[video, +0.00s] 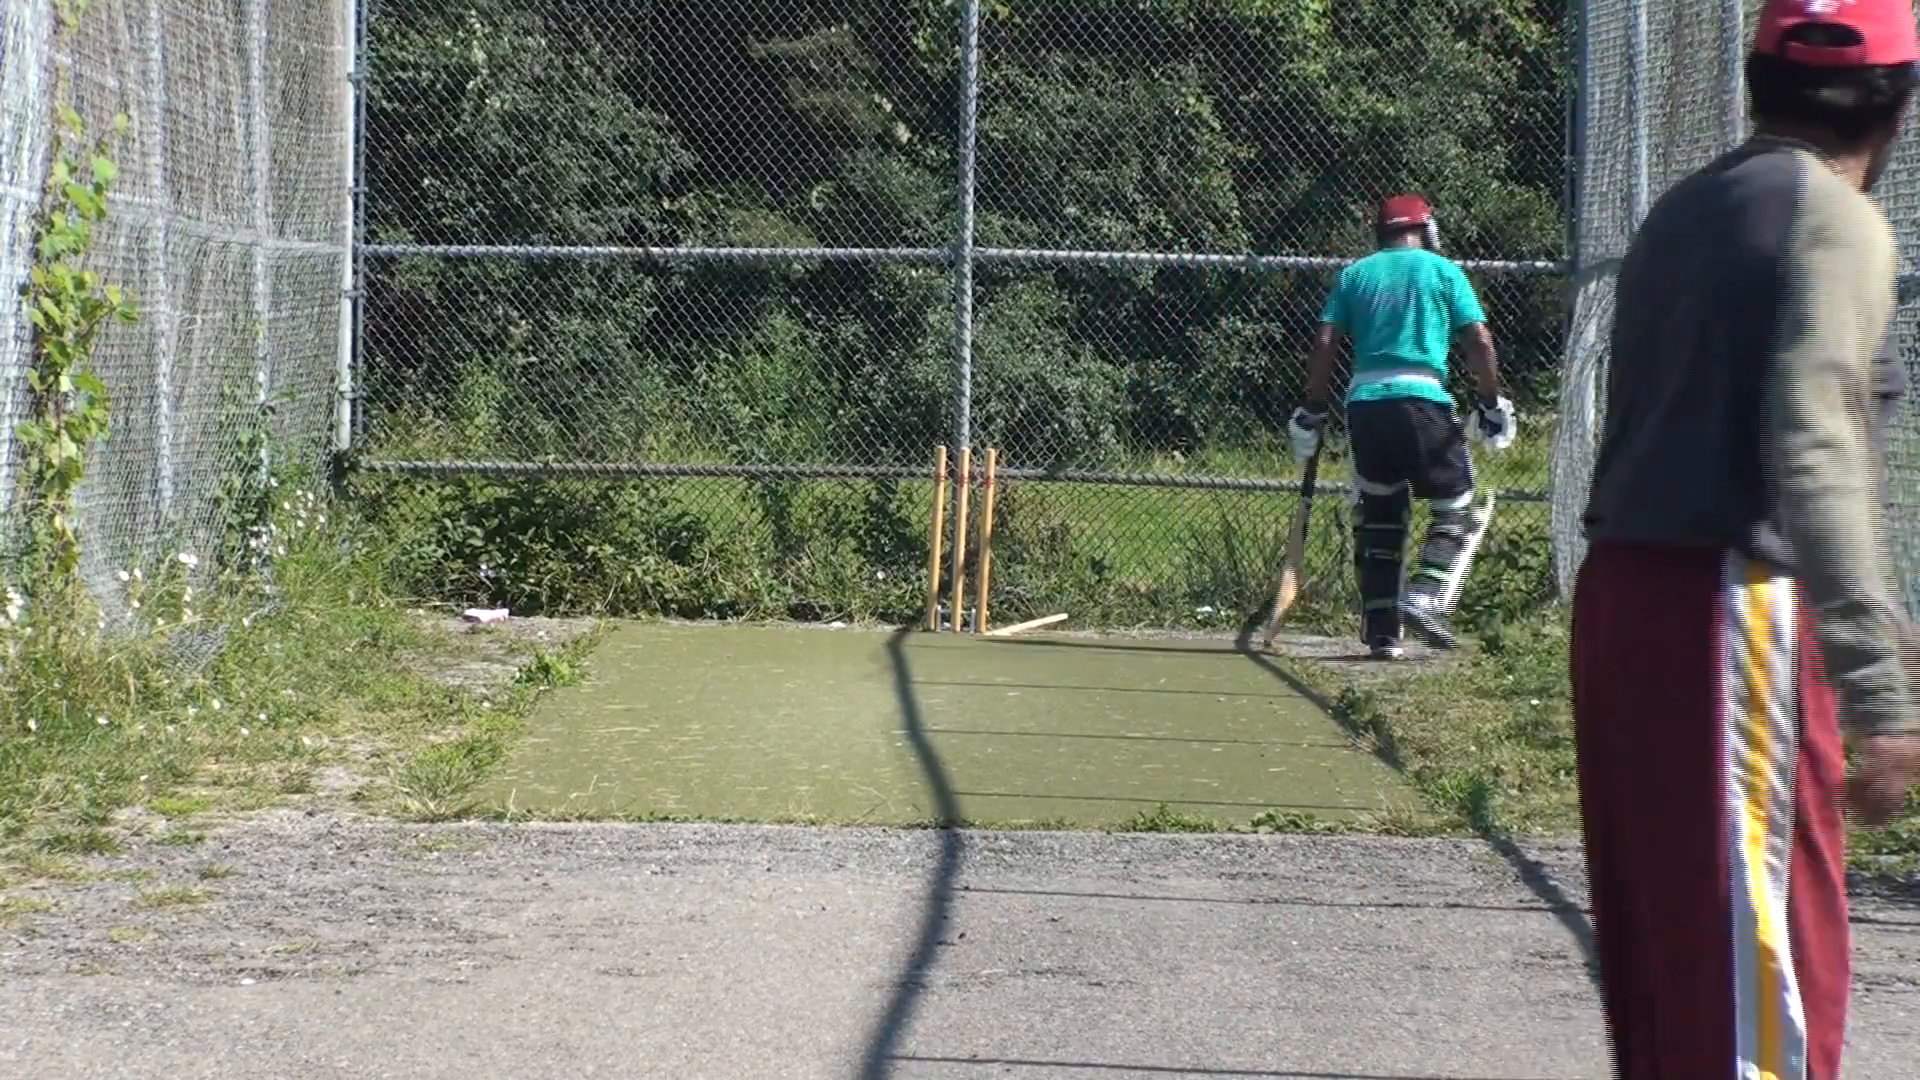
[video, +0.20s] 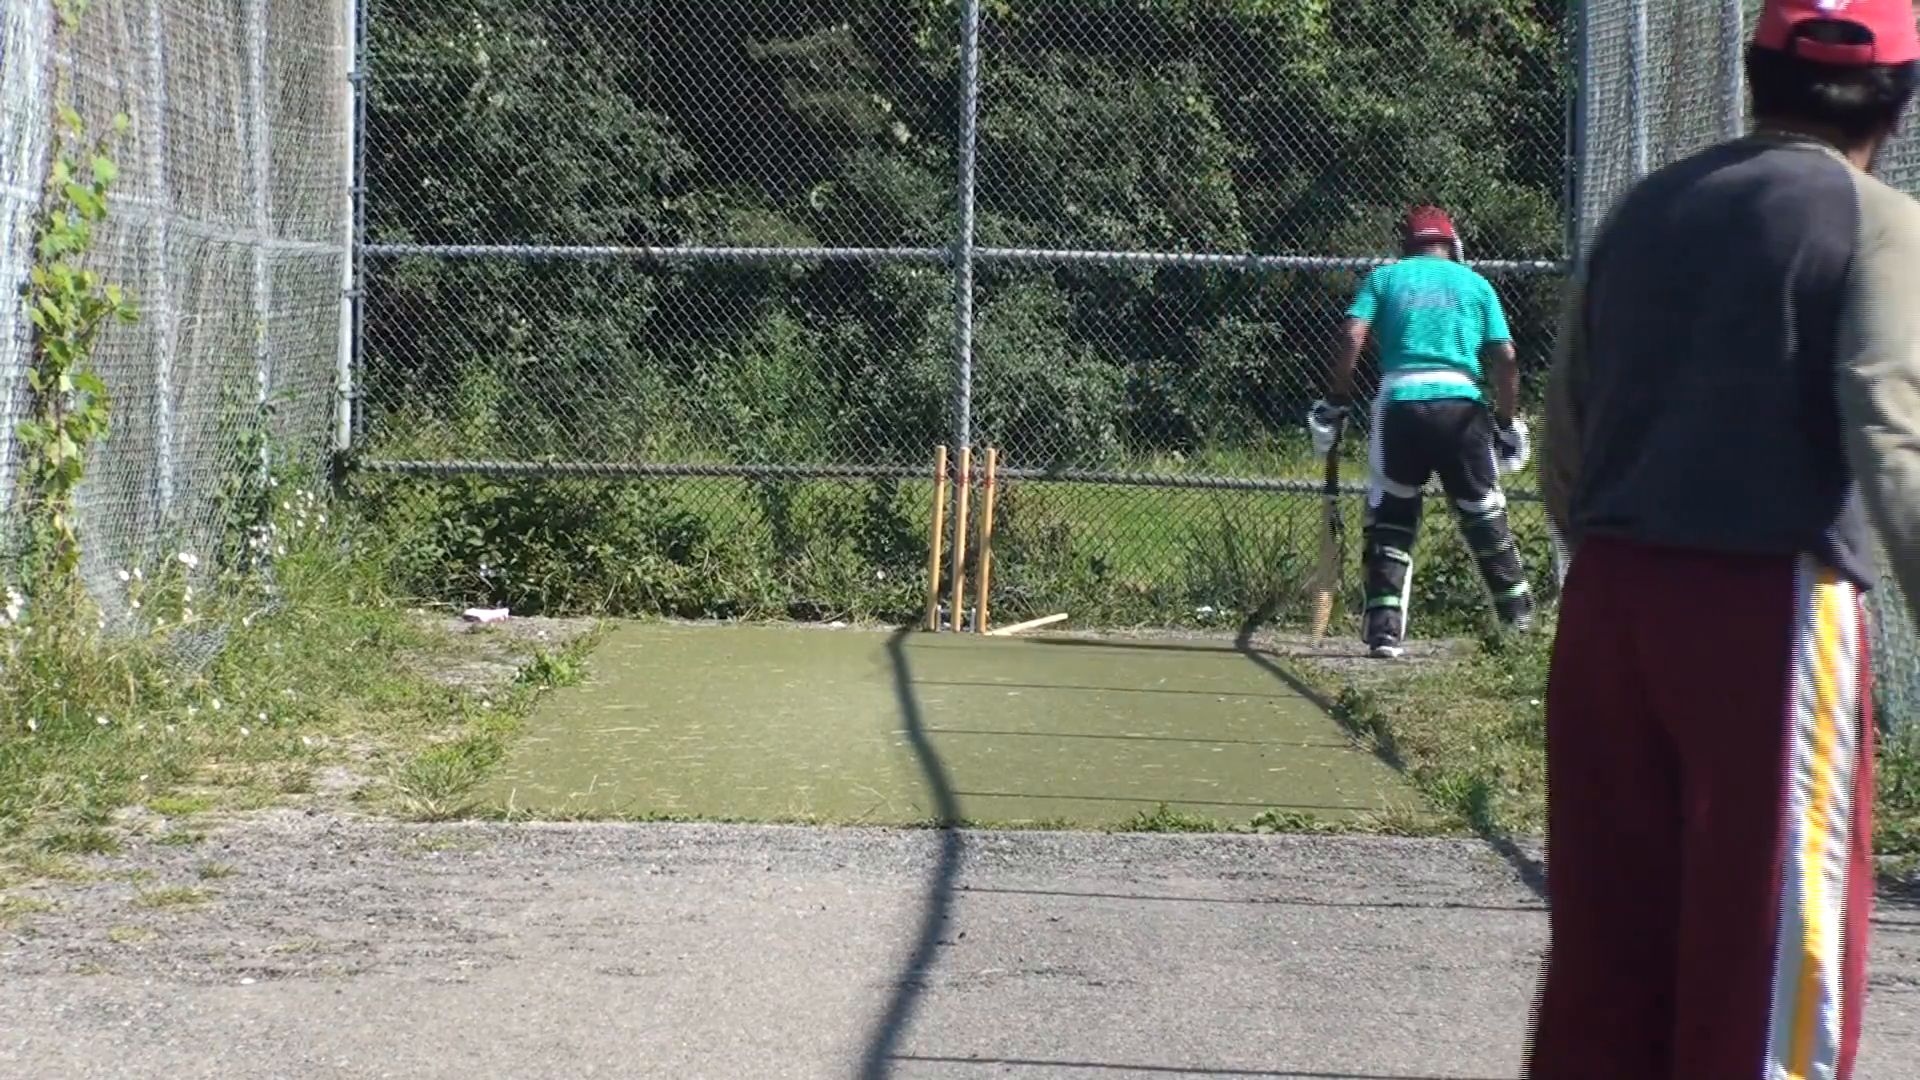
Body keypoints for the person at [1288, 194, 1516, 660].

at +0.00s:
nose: (1433, 238)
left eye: (1429, 233)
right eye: (1431, 232)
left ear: (1381, 235)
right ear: (1426, 233)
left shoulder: (1353, 274)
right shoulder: (1445, 271)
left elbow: (1325, 343)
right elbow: (1480, 340)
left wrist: (1311, 412)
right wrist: (1492, 404)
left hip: (1366, 411)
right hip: (1422, 407)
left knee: (1380, 512)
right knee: (1456, 507)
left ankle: (1381, 633)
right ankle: (1427, 597)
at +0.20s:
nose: (1446, 253)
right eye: (1450, 247)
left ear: (1407, 248)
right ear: (1452, 248)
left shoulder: (1384, 276)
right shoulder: (1477, 284)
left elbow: (1352, 338)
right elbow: (1504, 357)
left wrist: (1333, 404)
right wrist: (1507, 422)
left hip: (1401, 413)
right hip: (1464, 412)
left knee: (1393, 517)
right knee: (1485, 515)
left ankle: (1384, 631)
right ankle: (1518, 617)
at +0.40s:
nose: (1425, 294)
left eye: (1427, 287)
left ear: (1433, 286)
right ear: (1476, 290)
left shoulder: (1424, 302)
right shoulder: (1502, 318)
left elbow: (1390, 348)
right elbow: (1527, 371)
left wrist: (1362, 415)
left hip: (1454, 417)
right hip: (1512, 418)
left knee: (1411, 521)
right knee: (1500, 516)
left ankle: (1390, 630)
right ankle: (1528, 617)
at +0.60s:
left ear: (1446, 332)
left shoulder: (1443, 331)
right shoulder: (1503, 342)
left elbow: (1413, 354)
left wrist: (1381, 415)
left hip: (1483, 385)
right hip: (1529, 386)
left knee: (1441, 508)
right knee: (1509, 502)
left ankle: (1444, 617)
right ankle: (1523, 611)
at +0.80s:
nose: (1454, 442)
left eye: (1454, 435)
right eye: (1453, 436)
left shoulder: (1451, 367)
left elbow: (1422, 364)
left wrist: (1391, 422)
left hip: (1501, 408)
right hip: (1545, 411)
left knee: (1484, 519)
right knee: (1521, 519)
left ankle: (1488, 621)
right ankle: (1529, 610)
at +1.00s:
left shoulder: (1456, 393)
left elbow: (1431, 370)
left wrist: (1395, 425)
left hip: (1500, 413)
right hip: (1558, 418)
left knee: (1490, 517)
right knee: (1527, 513)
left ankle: (1497, 616)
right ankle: (1537, 609)